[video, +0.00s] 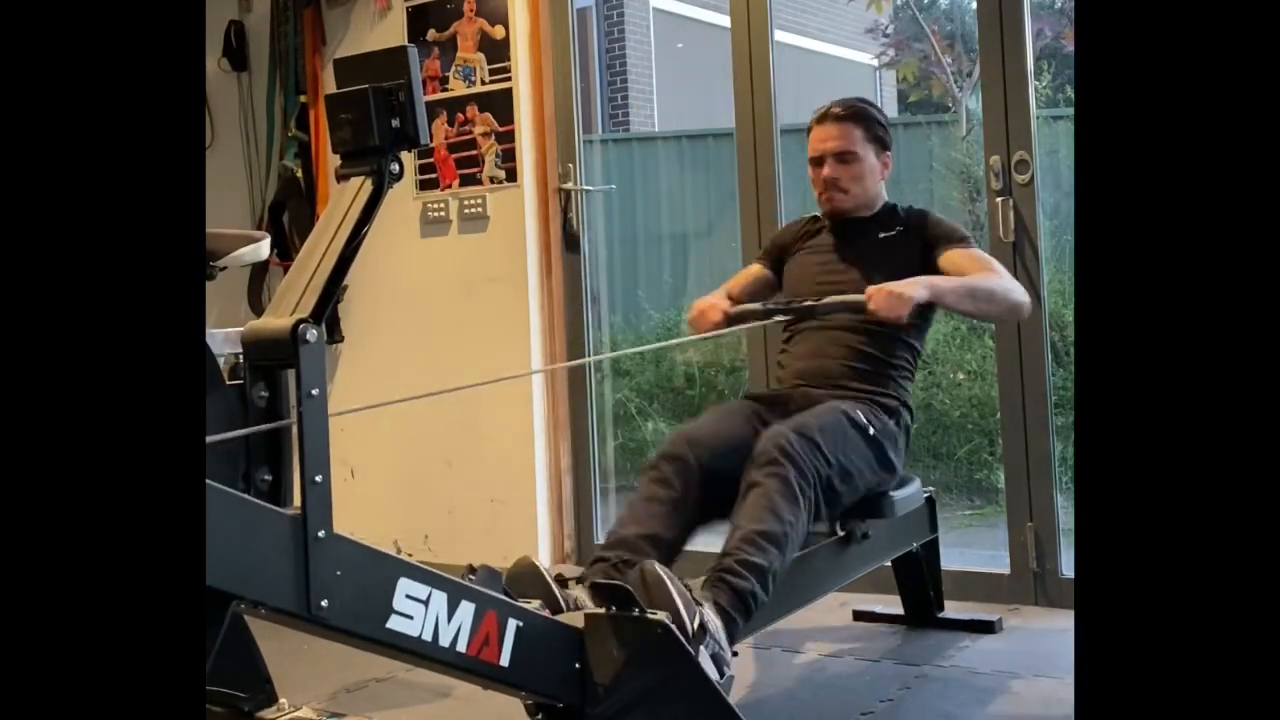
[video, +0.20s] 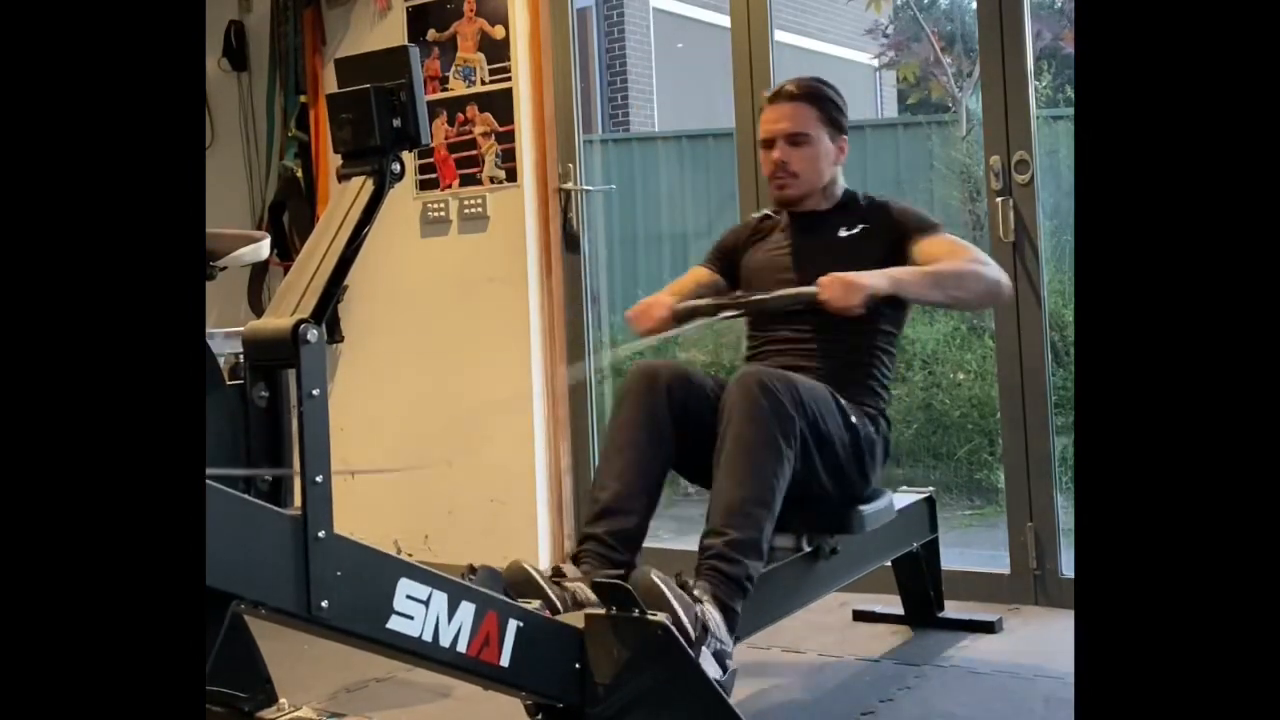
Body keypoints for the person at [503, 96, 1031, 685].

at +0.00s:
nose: (826, 172)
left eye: (842, 158)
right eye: (817, 160)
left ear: (884, 162)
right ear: (810, 167)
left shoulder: (919, 232)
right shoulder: (797, 239)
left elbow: (1013, 298)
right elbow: (725, 298)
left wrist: (925, 287)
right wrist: (711, 307)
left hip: (864, 411)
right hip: (772, 407)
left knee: (782, 456)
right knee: (682, 454)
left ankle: (716, 622)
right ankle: (598, 592)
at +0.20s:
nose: (778, 158)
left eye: (796, 142)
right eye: (768, 146)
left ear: (839, 148)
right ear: (759, 156)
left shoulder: (886, 223)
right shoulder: (750, 238)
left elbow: (991, 282)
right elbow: (685, 292)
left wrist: (884, 282)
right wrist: (662, 304)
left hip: (845, 452)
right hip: (749, 440)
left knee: (759, 384)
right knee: (653, 381)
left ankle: (712, 617)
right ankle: (594, 577)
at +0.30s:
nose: (744, 142)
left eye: (763, 125)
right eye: (734, 128)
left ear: (809, 136)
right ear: (725, 139)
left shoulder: (848, 206)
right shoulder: (717, 225)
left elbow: (911, 257)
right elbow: (637, 281)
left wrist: (804, 277)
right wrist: (582, 306)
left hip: (822, 460)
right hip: (732, 455)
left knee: (744, 360)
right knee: (627, 358)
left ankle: (712, 607)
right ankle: (588, 576)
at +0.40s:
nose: (702, 137)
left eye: (725, 120)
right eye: (694, 122)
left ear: (774, 132)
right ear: (685, 131)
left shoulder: (808, 200)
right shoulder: (673, 218)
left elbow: (829, 246)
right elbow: (584, 273)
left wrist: (732, 278)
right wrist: (510, 314)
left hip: (794, 472)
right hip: (700, 463)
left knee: (728, 333)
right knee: (599, 344)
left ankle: (705, 589)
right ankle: (581, 567)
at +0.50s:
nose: (658, 137)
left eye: (681, 119)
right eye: (649, 122)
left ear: (734, 132)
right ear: (639, 132)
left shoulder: (776, 204)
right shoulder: (635, 222)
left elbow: (752, 260)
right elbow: (536, 279)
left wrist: (656, 301)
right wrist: (437, 327)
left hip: (772, 475)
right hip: (679, 475)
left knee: (709, 320)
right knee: (570, 337)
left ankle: (699, 576)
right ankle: (575, 564)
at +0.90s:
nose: (715, 134)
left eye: (737, 118)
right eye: (707, 122)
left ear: (786, 132)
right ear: (697, 134)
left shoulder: (816, 201)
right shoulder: (683, 218)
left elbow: (805, 272)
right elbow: (601, 279)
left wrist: (734, 310)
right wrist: (518, 325)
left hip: (801, 462)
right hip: (711, 455)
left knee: (735, 346)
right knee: (604, 348)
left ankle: (702, 591)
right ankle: (581, 568)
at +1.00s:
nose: (758, 135)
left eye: (779, 121)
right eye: (749, 124)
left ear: (825, 136)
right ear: (740, 136)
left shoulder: (851, 200)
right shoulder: (724, 217)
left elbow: (844, 264)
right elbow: (646, 276)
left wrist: (786, 294)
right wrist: (574, 314)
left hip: (836, 438)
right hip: (746, 426)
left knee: (760, 371)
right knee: (637, 381)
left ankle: (707, 606)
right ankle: (582, 580)